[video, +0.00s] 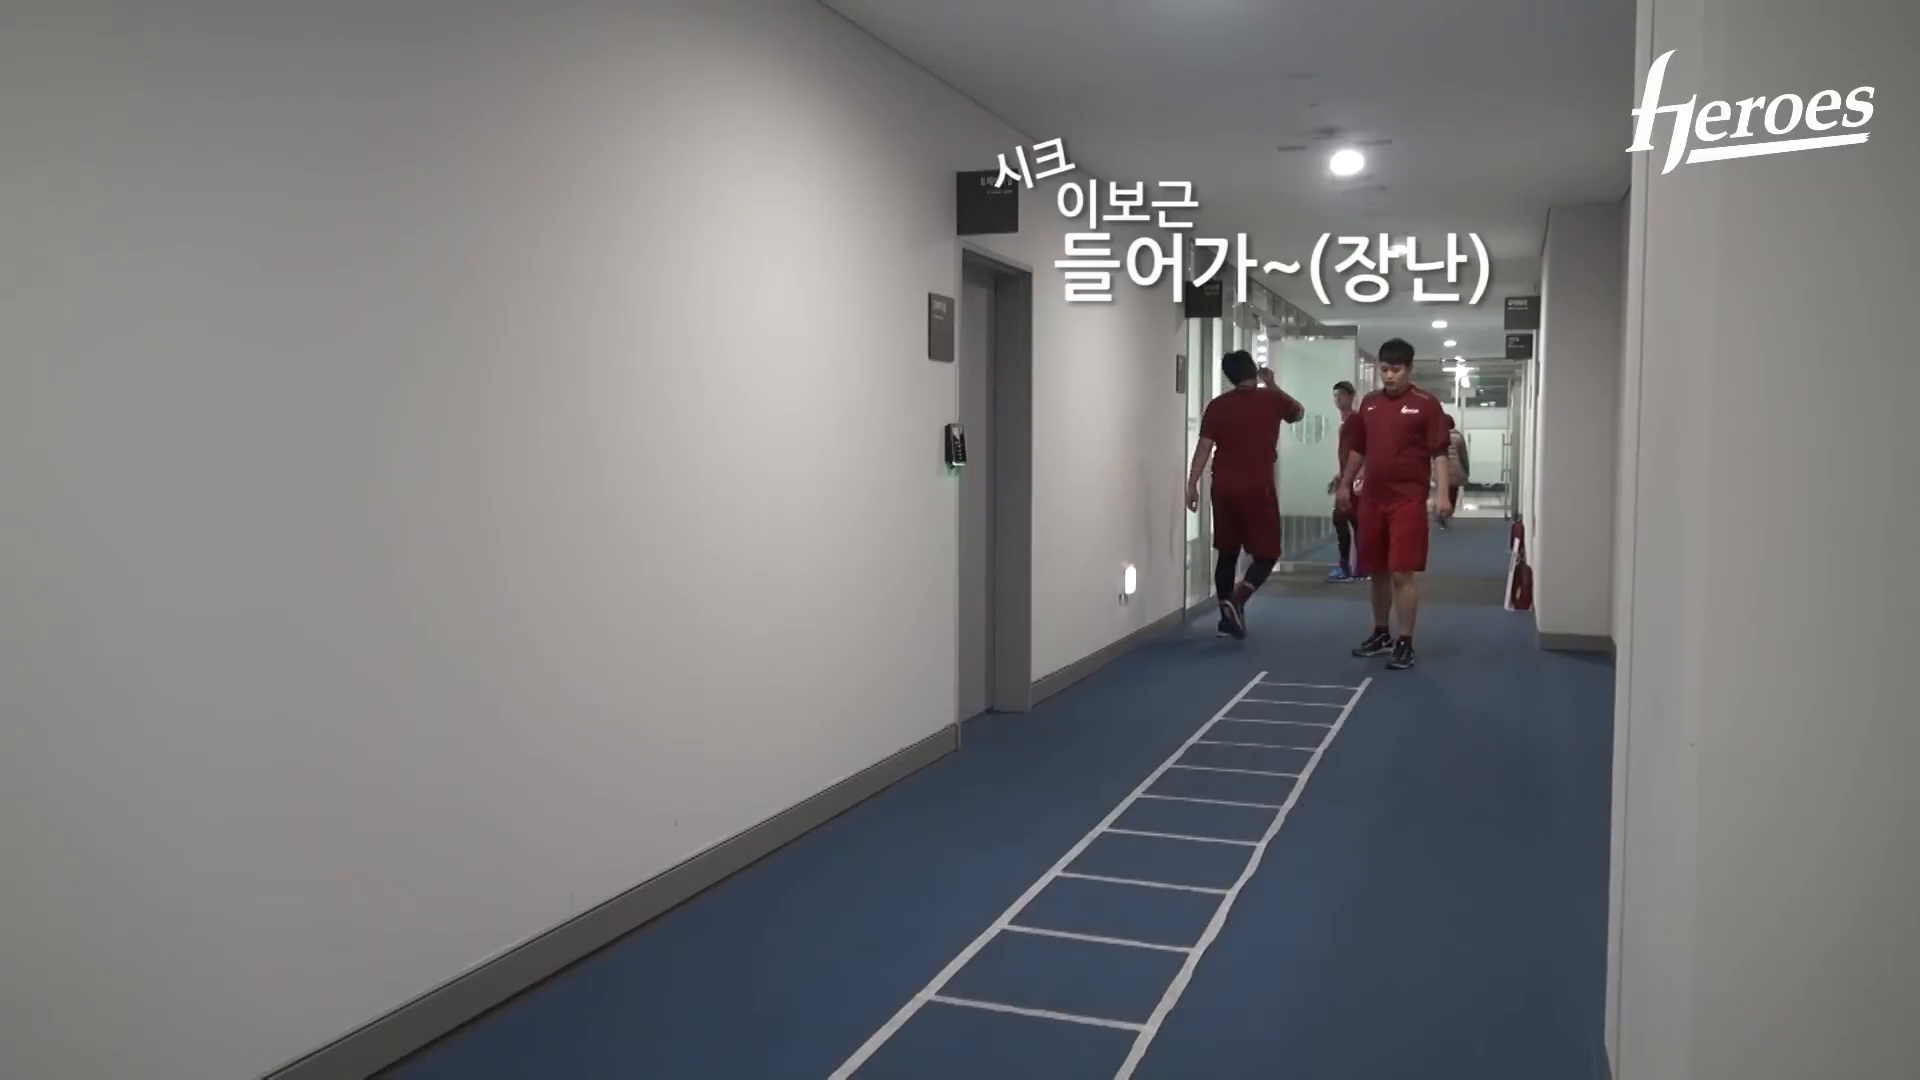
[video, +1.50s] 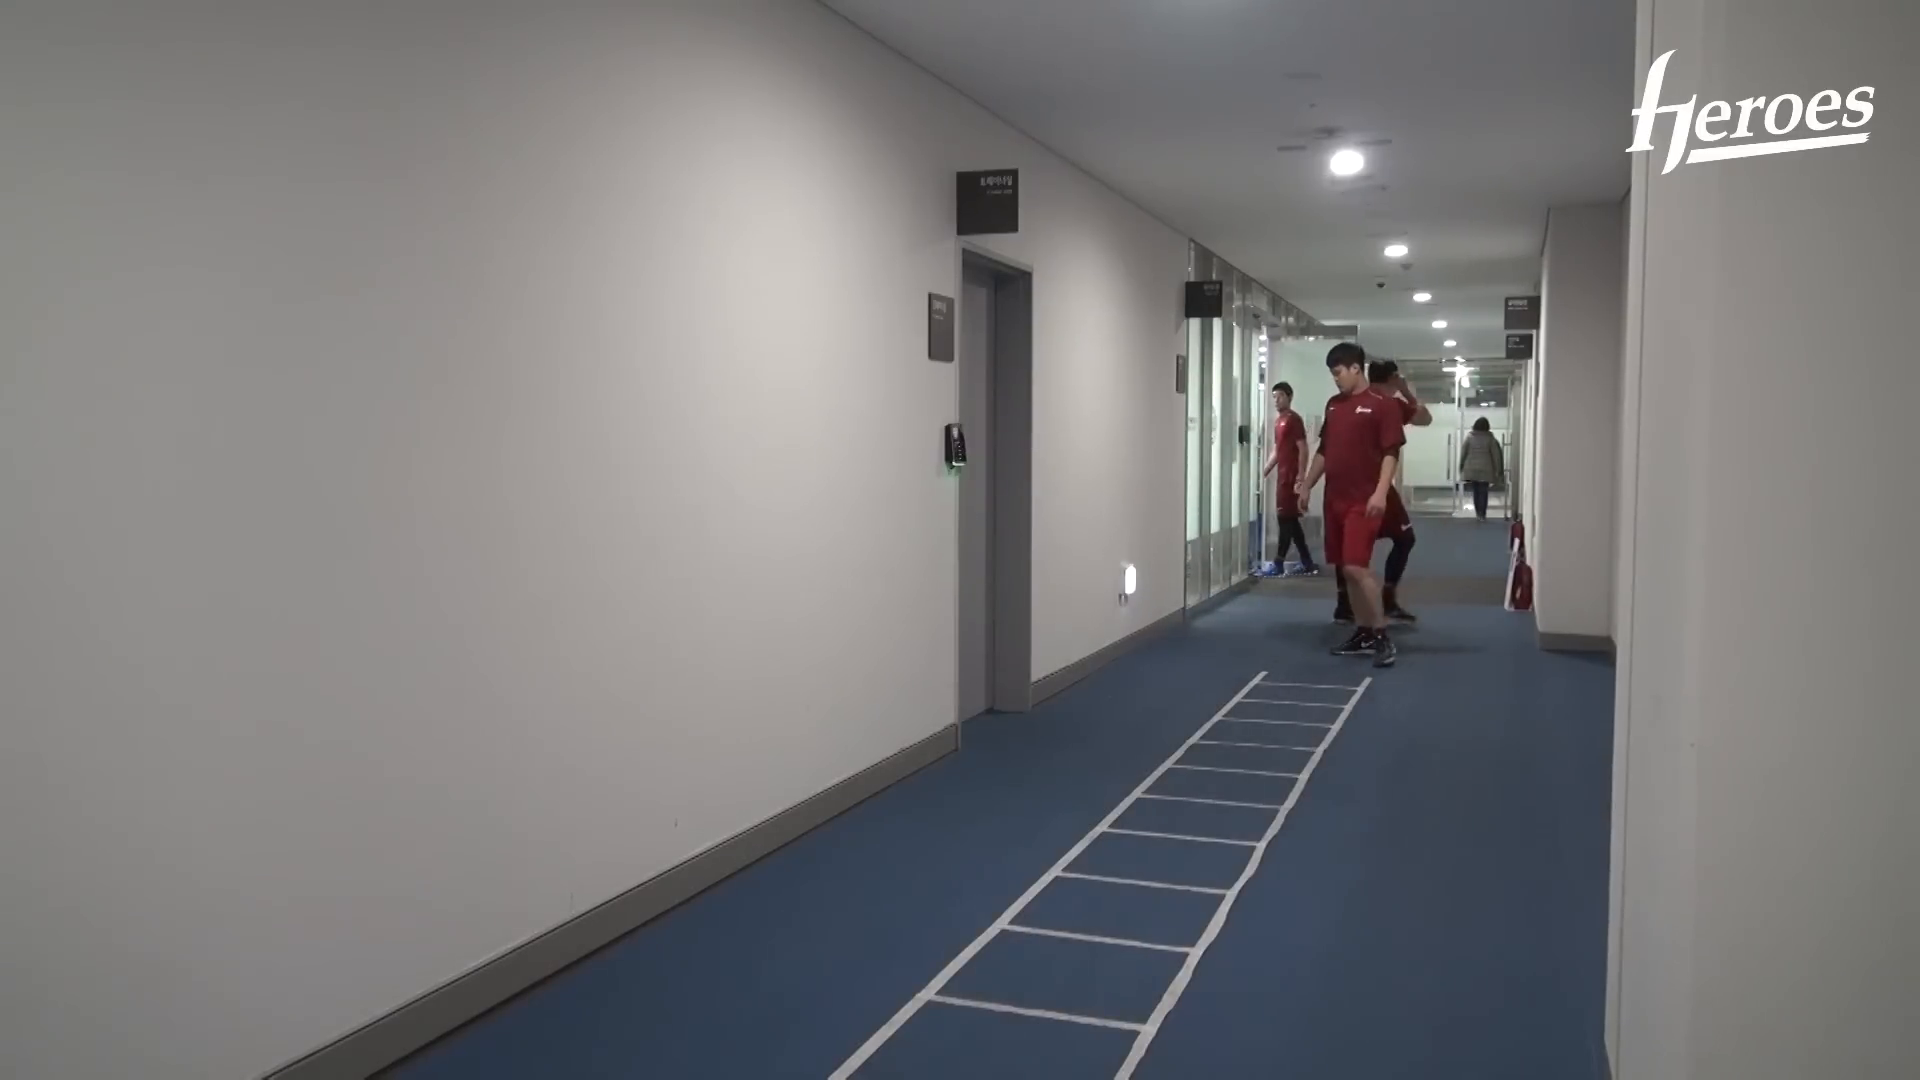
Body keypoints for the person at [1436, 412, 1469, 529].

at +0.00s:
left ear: (1441, 425)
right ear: (1453, 424)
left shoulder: (1438, 436)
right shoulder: (1458, 436)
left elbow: (1434, 456)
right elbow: (1463, 456)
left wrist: (1432, 471)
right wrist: (1466, 472)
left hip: (1441, 468)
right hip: (1455, 469)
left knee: (1442, 492)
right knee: (1453, 494)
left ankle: (1441, 513)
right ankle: (1447, 514)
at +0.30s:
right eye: (1459, 427)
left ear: (1449, 426)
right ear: (1461, 427)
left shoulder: (1444, 438)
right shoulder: (1464, 440)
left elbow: (1438, 457)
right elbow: (1468, 460)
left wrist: (1435, 475)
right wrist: (1471, 476)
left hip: (1445, 472)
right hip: (1460, 473)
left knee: (1446, 496)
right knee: (1460, 498)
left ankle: (1444, 517)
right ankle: (1459, 520)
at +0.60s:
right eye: (1467, 425)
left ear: (1456, 425)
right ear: (1469, 426)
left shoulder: (1451, 438)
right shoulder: (1473, 439)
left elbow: (1444, 454)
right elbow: (1480, 457)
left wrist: (1439, 467)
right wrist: (1481, 474)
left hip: (1452, 469)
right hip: (1466, 470)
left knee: (1455, 493)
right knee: (1462, 495)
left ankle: (1456, 514)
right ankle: (1459, 518)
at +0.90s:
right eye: (1472, 425)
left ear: (1462, 425)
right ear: (1474, 426)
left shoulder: (1457, 437)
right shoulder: (1477, 437)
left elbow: (1450, 456)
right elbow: (1483, 457)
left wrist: (1445, 473)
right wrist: (1487, 474)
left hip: (1460, 470)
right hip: (1474, 471)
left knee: (1460, 494)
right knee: (1472, 492)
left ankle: (1460, 516)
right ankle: (1468, 510)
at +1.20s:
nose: (1482, 429)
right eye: (1482, 428)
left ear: (1470, 427)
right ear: (1481, 428)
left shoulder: (1465, 440)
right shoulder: (1484, 441)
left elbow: (1459, 455)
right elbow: (1490, 459)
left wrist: (1460, 467)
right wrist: (1492, 474)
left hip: (1467, 471)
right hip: (1481, 472)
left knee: (1466, 494)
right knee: (1483, 495)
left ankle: (1464, 514)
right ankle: (1483, 516)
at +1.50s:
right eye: (1487, 425)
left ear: (1475, 425)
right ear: (1487, 426)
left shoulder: (1470, 437)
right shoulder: (1490, 438)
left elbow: (1464, 453)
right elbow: (1496, 456)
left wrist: (1461, 466)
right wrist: (1498, 471)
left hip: (1472, 469)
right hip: (1485, 469)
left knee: (1476, 491)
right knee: (1484, 492)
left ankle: (1479, 513)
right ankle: (1482, 514)